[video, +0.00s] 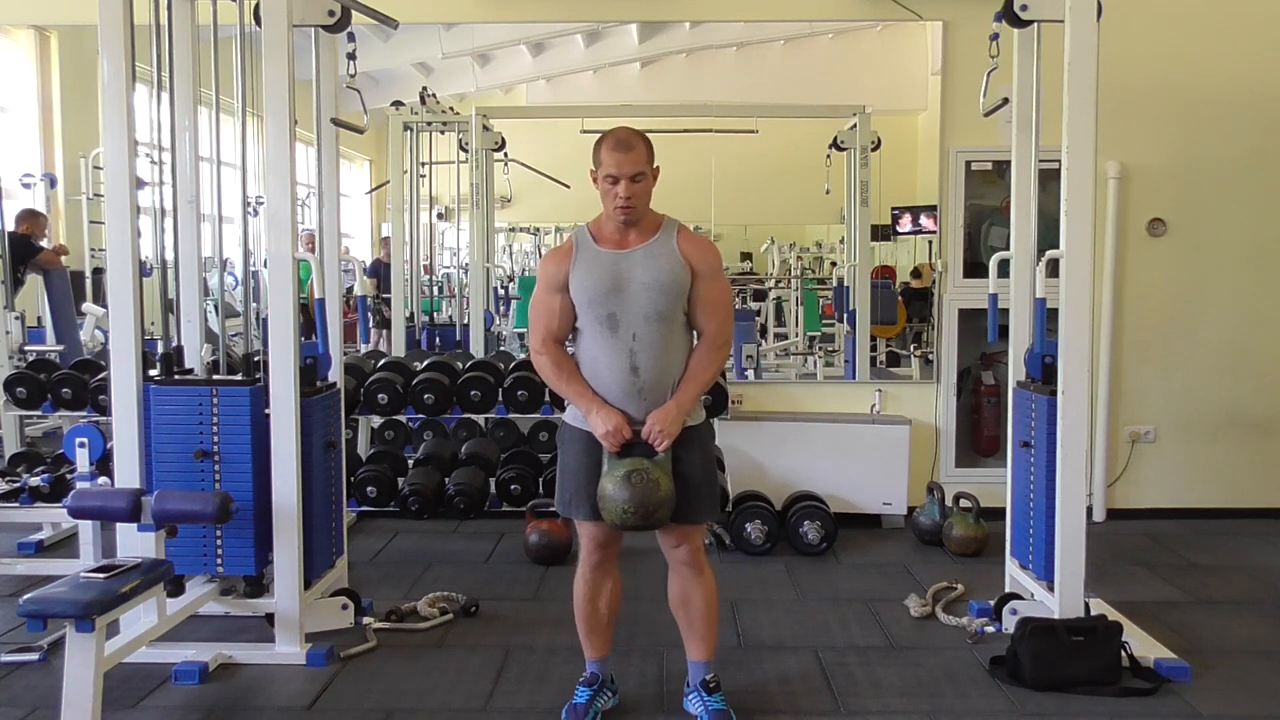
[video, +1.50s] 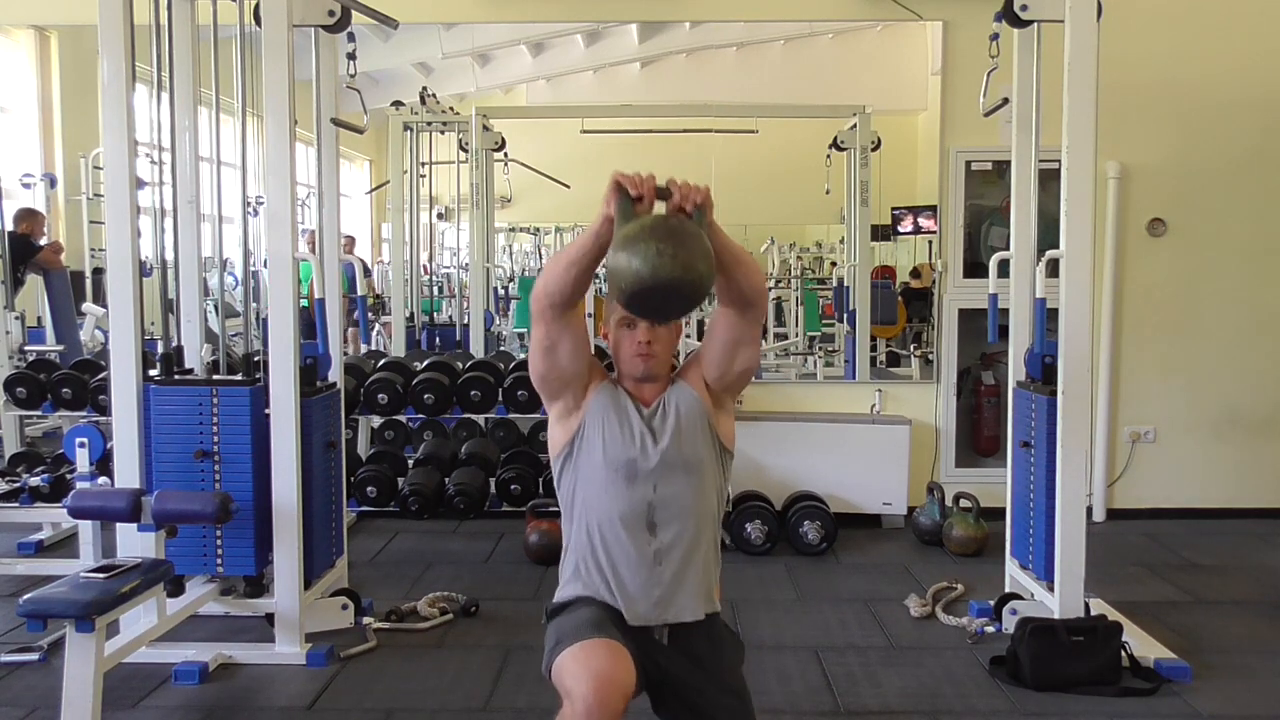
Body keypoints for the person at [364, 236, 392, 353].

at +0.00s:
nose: (388, 248)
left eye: (390, 245)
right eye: (386, 245)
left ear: (393, 246)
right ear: (382, 247)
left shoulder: (396, 264)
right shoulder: (375, 265)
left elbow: (399, 285)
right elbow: (372, 288)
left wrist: (399, 305)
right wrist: (383, 306)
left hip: (393, 302)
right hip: (380, 303)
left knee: (389, 336)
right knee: (376, 336)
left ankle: (388, 360)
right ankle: (371, 360)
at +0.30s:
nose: (391, 249)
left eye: (392, 246)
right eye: (389, 246)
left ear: (395, 247)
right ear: (384, 247)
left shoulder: (397, 264)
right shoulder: (374, 264)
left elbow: (402, 285)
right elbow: (369, 285)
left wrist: (404, 304)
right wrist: (371, 304)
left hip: (393, 300)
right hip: (378, 300)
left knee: (389, 332)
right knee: (372, 331)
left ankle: (390, 356)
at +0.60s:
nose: (384, 248)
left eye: (386, 245)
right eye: (381, 245)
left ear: (389, 247)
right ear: (375, 247)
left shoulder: (393, 265)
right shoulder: (367, 265)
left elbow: (399, 286)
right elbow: (362, 288)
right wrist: (368, 308)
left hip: (390, 302)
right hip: (373, 302)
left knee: (388, 335)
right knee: (371, 334)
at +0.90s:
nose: (365, 248)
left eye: (368, 245)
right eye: (363, 245)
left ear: (374, 246)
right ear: (360, 248)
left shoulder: (381, 265)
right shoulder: (355, 265)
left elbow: (387, 287)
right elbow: (350, 288)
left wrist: (387, 308)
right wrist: (353, 307)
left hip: (377, 304)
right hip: (360, 304)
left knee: (381, 338)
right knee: (358, 337)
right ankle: (357, 363)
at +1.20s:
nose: (352, 247)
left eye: (355, 245)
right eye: (350, 245)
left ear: (361, 246)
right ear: (348, 246)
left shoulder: (370, 265)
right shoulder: (345, 265)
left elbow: (376, 287)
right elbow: (342, 286)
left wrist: (373, 306)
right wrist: (343, 305)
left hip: (366, 304)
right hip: (351, 304)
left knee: (371, 337)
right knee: (353, 338)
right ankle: (355, 362)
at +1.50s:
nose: (343, 248)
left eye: (346, 245)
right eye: (342, 245)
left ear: (353, 246)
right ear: (341, 246)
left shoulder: (360, 263)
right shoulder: (339, 263)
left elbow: (369, 281)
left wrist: (373, 294)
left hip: (356, 302)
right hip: (341, 301)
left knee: (352, 334)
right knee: (342, 334)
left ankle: (353, 362)